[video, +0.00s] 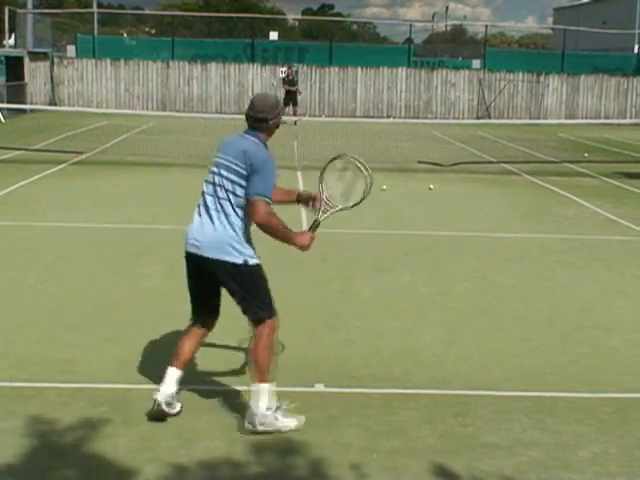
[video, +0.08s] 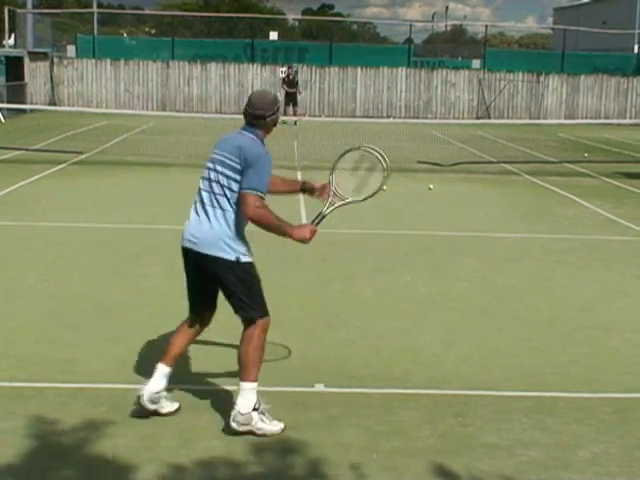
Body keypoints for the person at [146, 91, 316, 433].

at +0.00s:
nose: (279, 125)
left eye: (277, 120)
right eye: (278, 121)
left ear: (248, 119)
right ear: (274, 124)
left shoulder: (230, 145)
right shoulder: (261, 157)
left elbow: (256, 189)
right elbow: (260, 215)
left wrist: (301, 197)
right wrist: (294, 238)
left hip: (197, 246)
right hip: (231, 251)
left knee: (203, 319)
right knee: (265, 321)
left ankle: (165, 393)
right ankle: (261, 409)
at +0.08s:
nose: (277, 120)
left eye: (275, 115)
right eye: (277, 116)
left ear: (246, 115)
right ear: (273, 120)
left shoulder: (227, 142)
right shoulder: (258, 154)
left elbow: (259, 181)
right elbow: (251, 209)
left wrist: (307, 187)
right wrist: (291, 230)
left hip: (194, 243)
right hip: (225, 249)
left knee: (198, 317)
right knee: (257, 321)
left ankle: (153, 389)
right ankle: (245, 409)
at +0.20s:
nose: (279, 125)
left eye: (274, 119)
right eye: (278, 121)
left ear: (248, 118)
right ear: (276, 125)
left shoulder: (231, 144)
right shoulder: (253, 155)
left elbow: (270, 177)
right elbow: (248, 208)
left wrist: (315, 177)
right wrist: (298, 225)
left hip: (191, 245)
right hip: (220, 252)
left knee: (199, 320)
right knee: (254, 324)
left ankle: (153, 395)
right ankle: (234, 412)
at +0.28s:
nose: (282, 129)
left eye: (278, 123)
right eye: (282, 124)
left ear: (252, 122)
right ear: (279, 128)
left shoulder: (234, 148)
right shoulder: (258, 159)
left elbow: (273, 176)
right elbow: (251, 209)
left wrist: (315, 175)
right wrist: (303, 226)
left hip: (195, 247)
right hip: (221, 256)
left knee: (213, 313)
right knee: (242, 331)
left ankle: (167, 381)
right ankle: (217, 419)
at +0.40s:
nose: (291, 135)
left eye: (289, 129)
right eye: (290, 130)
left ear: (260, 128)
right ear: (285, 133)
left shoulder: (242, 152)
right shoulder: (265, 163)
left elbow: (274, 180)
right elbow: (257, 210)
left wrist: (318, 180)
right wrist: (309, 224)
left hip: (198, 248)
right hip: (224, 257)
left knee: (224, 312)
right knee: (254, 330)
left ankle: (193, 385)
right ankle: (220, 414)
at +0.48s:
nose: (296, 135)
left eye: (293, 129)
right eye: (296, 130)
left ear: (267, 128)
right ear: (291, 134)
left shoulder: (248, 152)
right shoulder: (267, 162)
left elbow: (283, 179)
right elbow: (256, 207)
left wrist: (328, 181)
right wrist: (308, 220)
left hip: (201, 249)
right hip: (228, 256)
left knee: (230, 314)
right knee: (272, 322)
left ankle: (192, 389)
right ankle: (239, 402)